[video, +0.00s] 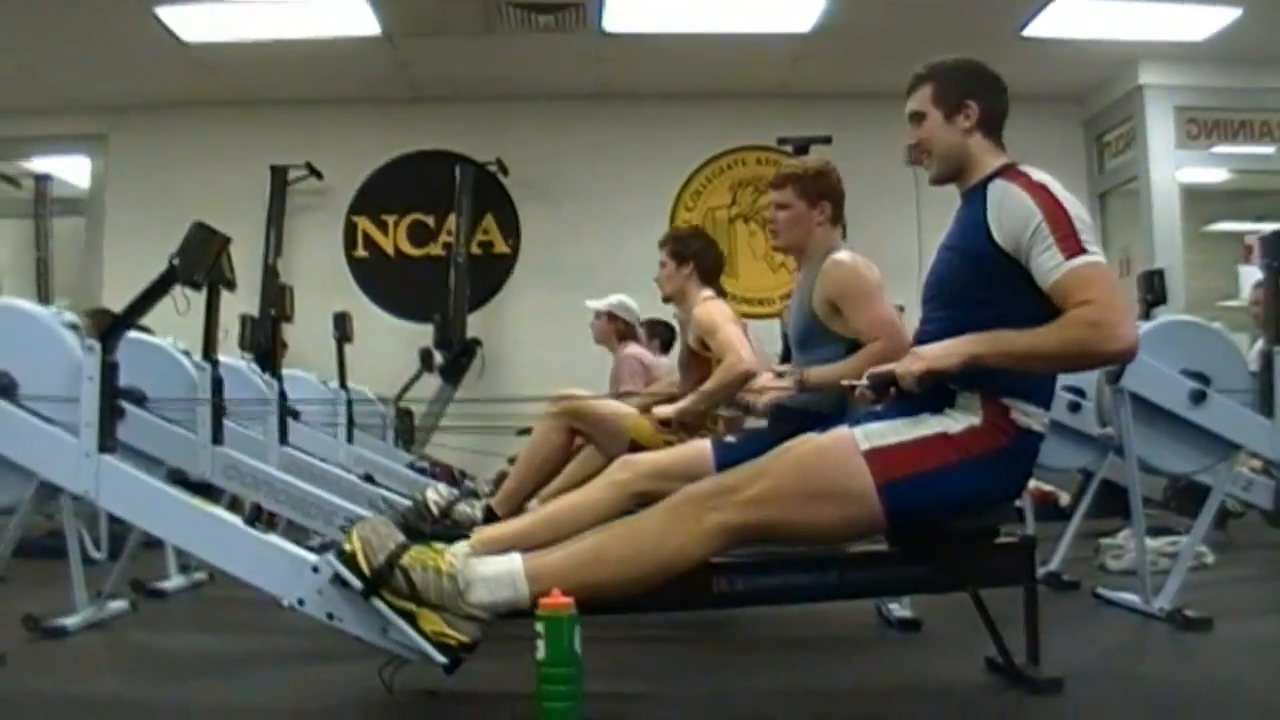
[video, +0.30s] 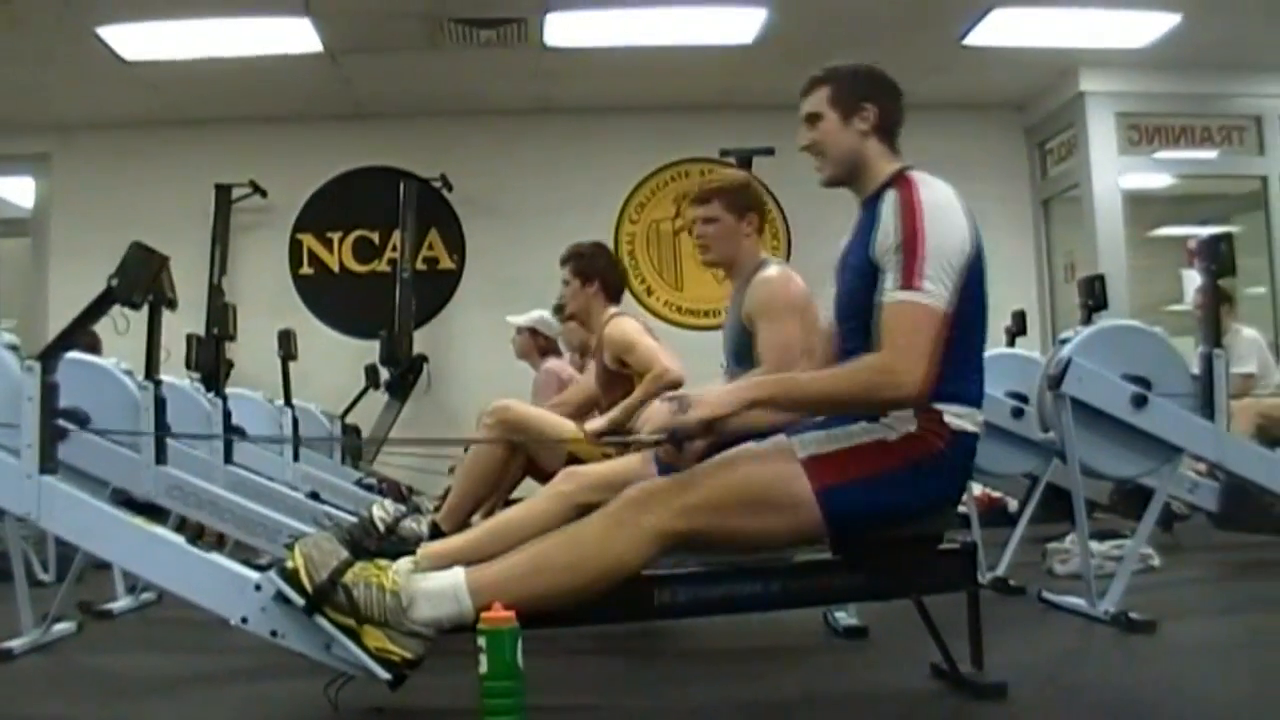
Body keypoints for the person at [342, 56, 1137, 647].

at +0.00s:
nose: (909, 141)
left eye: (918, 123)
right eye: (909, 128)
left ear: (966, 117)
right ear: (966, 124)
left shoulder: (1023, 194)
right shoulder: (981, 207)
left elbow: (1110, 330)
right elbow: (934, 340)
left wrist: (962, 348)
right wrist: (814, 379)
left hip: (976, 432)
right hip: (941, 423)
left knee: (735, 505)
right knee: (714, 496)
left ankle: (483, 589)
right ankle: (474, 572)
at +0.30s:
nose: (804, 140)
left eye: (815, 122)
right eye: (802, 128)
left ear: (868, 120)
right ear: (857, 131)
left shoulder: (918, 204)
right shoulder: (869, 222)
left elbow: (901, 377)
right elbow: (843, 376)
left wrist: (738, 397)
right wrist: (723, 404)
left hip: (910, 444)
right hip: (867, 435)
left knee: (660, 511)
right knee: (637, 502)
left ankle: (427, 604)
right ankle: (425, 597)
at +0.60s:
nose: (686, 152)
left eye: (698, 133)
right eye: (687, 137)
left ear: (748, 135)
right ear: (744, 136)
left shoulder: (798, 210)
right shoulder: (757, 232)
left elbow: (692, 367)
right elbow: (677, 361)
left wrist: (553, 431)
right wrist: (553, 426)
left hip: (871, 446)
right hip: (821, 439)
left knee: (617, 448)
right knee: (589, 447)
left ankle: (427, 607)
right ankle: (422, 594)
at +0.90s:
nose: (519, 168)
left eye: (531, 150)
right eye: (522, 152)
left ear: (578, 153)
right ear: (580, 159)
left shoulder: (632, 226)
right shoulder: (608, 237)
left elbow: (515, 382)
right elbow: (520, 384)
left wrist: (383, 467)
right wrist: (406, 480)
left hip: (736, 458)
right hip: (699, 454)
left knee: (505, 390)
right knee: (492, 406)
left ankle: (386, 602)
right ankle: (384, 603)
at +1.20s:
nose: (415, 174)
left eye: (426, 156)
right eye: (417, 158)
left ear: (467, 161)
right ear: (471, 164)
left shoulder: (519, 237)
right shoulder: (506, 247)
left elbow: (394, 396)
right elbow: (423, 415)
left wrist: (265, 478)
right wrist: (308, 493)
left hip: (630, 469)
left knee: (400, 355)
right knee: (416, 367)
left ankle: (383, 600)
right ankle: (383, 587)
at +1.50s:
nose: (392, 172)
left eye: (405, 154)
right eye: (398, 155)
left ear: (447, 162)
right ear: (454, 168)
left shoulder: (489, 241)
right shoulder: (479, 244)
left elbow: (336, 379)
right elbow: (370, 401)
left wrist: (205, 448)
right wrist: (261, 466)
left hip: (604, 471)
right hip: (581, 464)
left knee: (403, 361)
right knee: (398, 364)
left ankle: (381, 591)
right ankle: (378, 572)